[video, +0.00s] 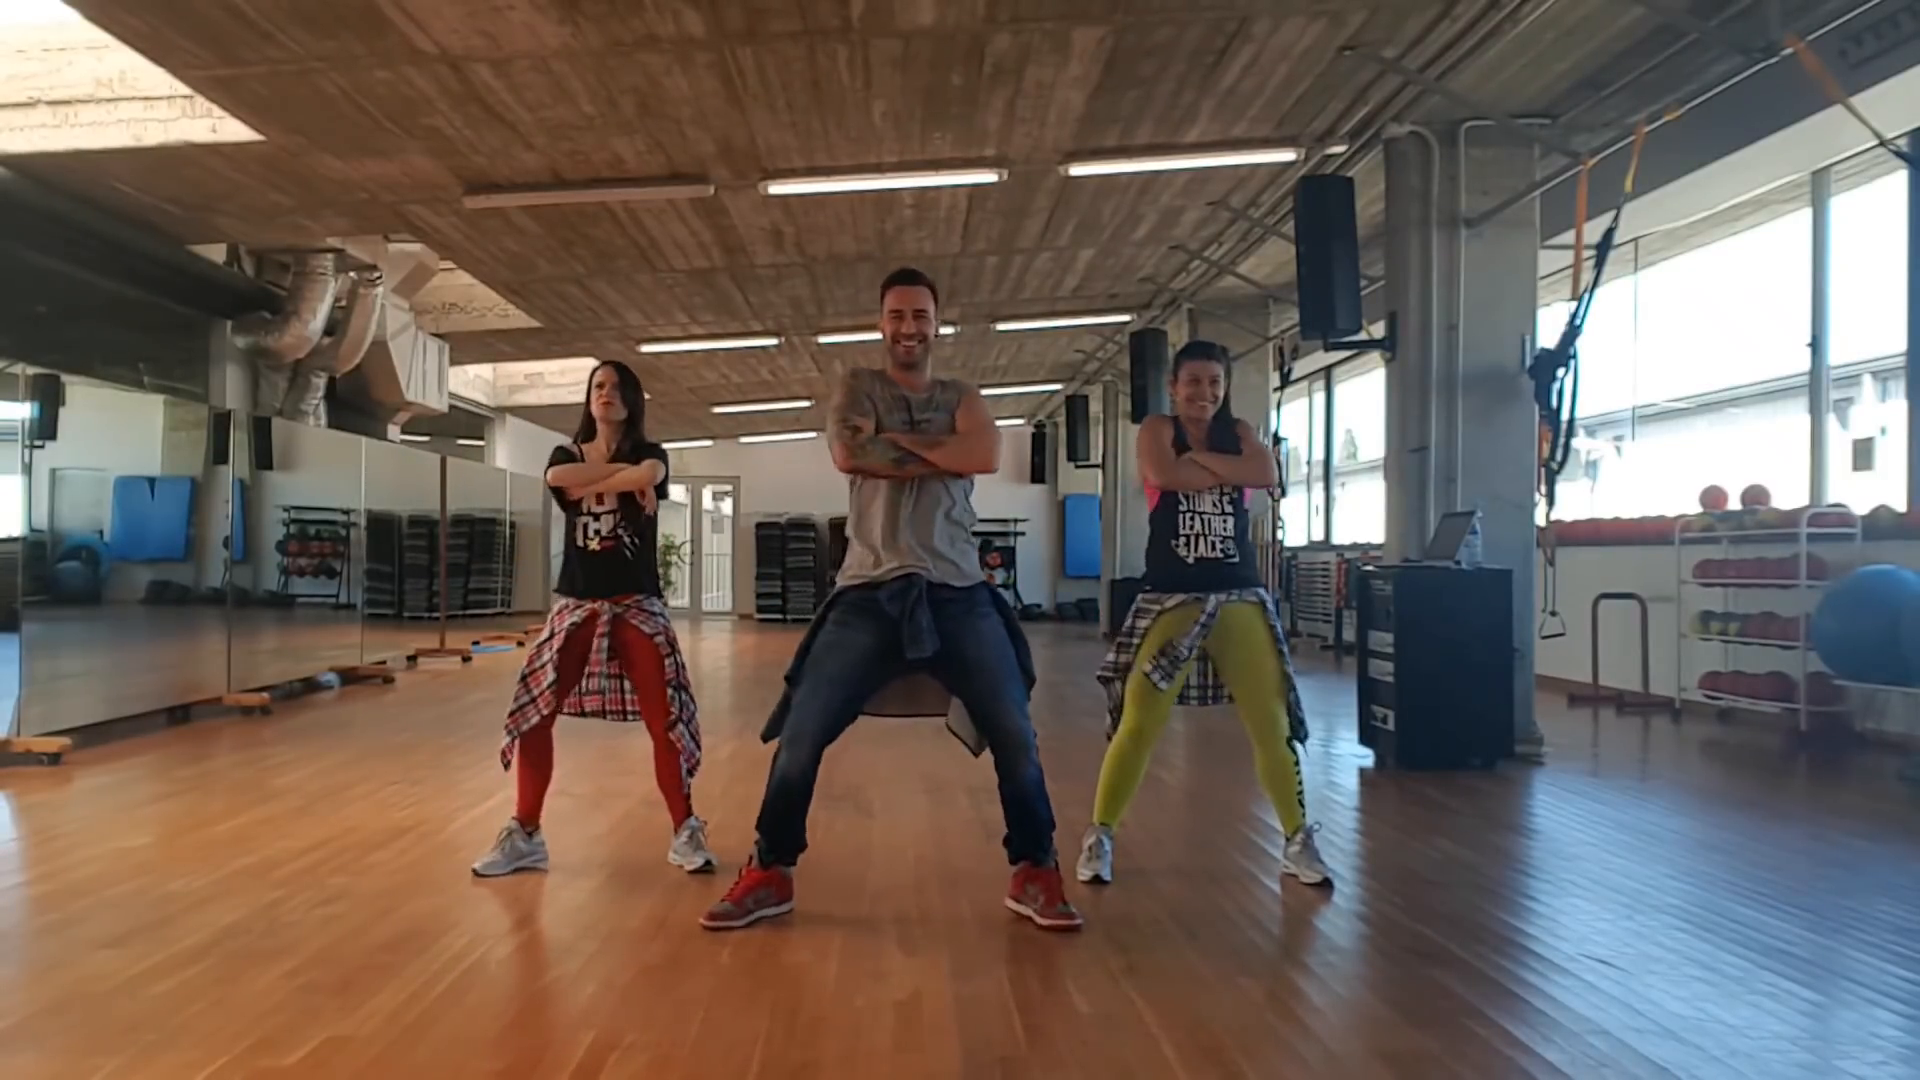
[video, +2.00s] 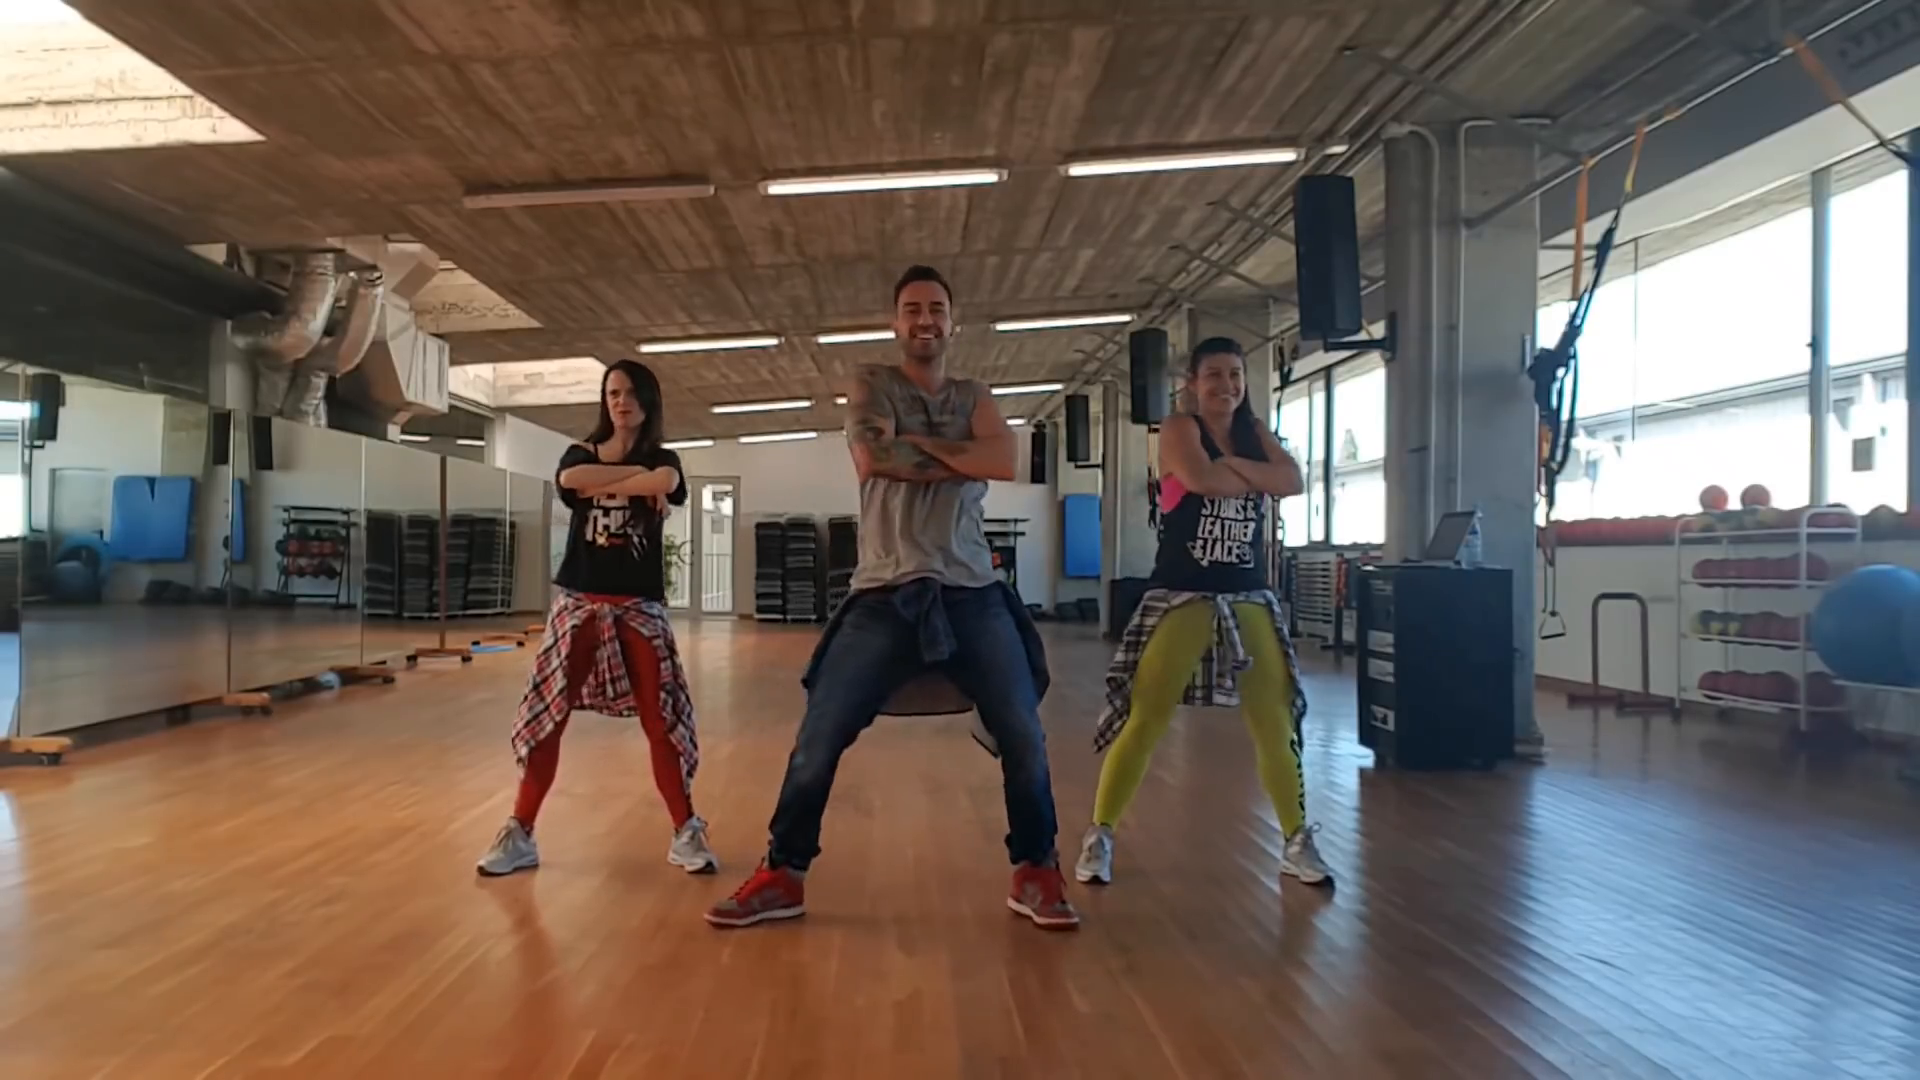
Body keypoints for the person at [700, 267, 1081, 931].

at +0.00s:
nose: (908, 326)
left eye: (919, 315)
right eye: (897, 316)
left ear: (937, 324)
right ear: (881, 326)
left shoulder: (961, 397)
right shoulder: (858, 390)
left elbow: (983, 456)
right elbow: (848, 458)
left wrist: (892, 443)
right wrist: (943, 459)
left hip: (958, 590)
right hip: (868, 589)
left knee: (1012, 729)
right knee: (802, 727)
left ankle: (1035, 873)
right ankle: (771, 873)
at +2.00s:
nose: (924, 319)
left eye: (935, 310)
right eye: (913, 310)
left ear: (951, 323)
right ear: (894, 322)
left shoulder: (975, 398)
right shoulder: (871, 385)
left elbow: (1004, 463)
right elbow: (870, 462)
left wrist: (910, 443)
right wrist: (966, 466)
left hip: (970, 591)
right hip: (882, 592)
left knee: (1021, 728)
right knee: (822, 727)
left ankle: (1036, 873)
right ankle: (784, 875)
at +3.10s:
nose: (914, 315)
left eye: (924, 307)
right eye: (902, 307)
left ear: (942, 326)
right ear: (883, 327)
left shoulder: (969, 399)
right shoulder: (854, 396)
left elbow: (1007, 470)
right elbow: (829, 479)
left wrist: (924, 478)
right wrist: (906, 531)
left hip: (957, 597)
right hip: (868, 598)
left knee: (1008, 731)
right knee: (809, 733)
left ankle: (1025, 873)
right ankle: (775, 872)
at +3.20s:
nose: (914, 316)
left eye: (925, 307)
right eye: (903, 307)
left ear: (942, 325)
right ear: (883, 326)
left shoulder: (970, 398)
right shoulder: (855, 397)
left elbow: (1028, 461)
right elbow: (816, 470)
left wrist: (975, 448)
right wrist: (859, 480)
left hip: (955, 592)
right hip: (866, 591)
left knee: (1006, 730)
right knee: (810, 726)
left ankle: (1025, 873)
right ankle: (775, 871)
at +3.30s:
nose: (912, 314)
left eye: (923, 305)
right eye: (901, 305)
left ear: (940, 320)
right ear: (882, 321)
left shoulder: (964, 393)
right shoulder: (858, 391)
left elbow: (1012, 458)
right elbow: (819, 457)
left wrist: (994, 379)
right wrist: (842, 380)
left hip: (952, 588)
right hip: (864, 585)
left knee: (1005, 729)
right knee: (809, 723)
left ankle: (1025, 873)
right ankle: (773, 871)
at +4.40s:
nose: (852, 364)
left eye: (865, 352)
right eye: (842, 351)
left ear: (880, 358)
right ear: (826, 357)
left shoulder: (900, 431)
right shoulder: (807, 424)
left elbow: (957, 467)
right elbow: (782, 460)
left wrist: (958, 380)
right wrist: (797, 377)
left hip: (873, 621)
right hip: (801, 620)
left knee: (934, 757)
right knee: (708, 721)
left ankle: (1055, 854)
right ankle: (748, 871)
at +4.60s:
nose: (810, 353)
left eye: (823, 341)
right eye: (799, 339)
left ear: (840, 348)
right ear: (783, 344)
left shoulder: (855, 421)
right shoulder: (756, 410)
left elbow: (912, 451)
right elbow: (713, 431)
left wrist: (916, 357)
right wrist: (734, 343)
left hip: (833, 598)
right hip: (758, 597)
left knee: (893, 738)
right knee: (685, 727)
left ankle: (980, 846)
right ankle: (745, 869)